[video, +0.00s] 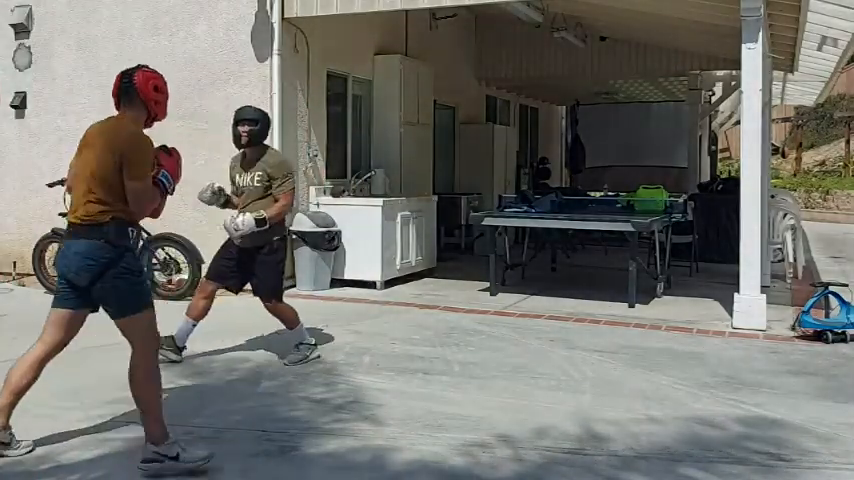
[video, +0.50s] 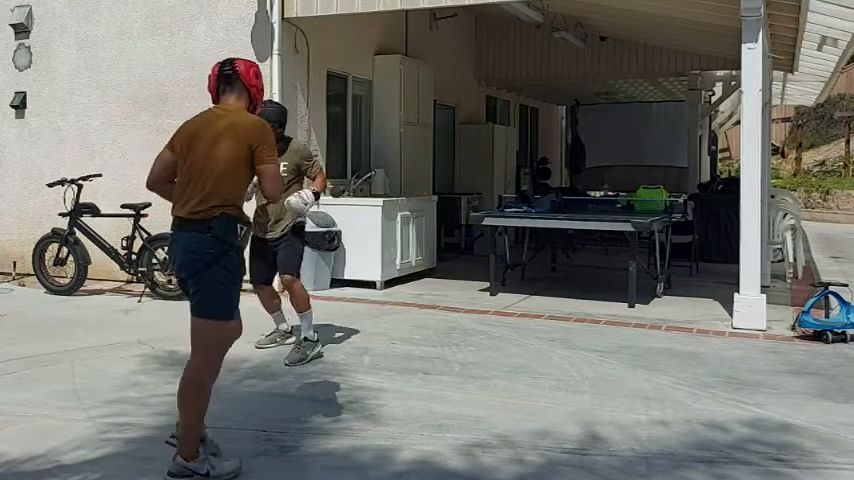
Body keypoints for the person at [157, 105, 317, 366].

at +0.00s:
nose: (243, 130)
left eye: (250, 125)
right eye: (239, 125)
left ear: (262, 130)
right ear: (234, 130)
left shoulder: (276, 162)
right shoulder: (237, 163)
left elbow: (285, 204)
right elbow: (242, 202)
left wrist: (256, 220)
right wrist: (221, 199)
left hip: (270, 241)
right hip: (240, 238)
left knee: (271, 301)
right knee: (207, 286)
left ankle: (306, 341)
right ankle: (177, 343)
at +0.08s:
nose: (251, 125)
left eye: (258, 120)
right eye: (248, 120)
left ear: (270, 125)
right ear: (242, 124)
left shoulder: (284, 157)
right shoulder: (241, 158)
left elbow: (298, 197)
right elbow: (249, 195)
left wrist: (271, 216)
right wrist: (230, 195)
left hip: (276, 236)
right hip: (247, 234)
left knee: (275, 296)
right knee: (216, 280)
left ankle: (306, 341)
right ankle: (192, 340)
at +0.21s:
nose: (261, 130)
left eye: (266, 125)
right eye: (257, 124)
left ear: (276, 123)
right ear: (252, 122)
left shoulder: (293, 149)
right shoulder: (247, 150)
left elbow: (315, 181)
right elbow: (251, 186)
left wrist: (292, 201)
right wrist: (236, 185)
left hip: (282, 231)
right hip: (254, 228)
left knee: (283, 287)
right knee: (229, 277)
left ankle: (307, 342)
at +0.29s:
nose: (267, 126)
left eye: (273, 121)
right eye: (262, 121)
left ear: (282, 123)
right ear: (254, 122)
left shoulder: (295, 148)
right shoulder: (248, 152)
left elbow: (321, 178)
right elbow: (246, 188)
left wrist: (301, 197)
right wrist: (239, 184)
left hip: (284, 230)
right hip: (257, 230)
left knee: (283, 286)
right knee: (249, 283)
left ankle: (307, 341)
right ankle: (278, 323)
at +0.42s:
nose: (267, 130)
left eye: (273, 125)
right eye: (262, 125)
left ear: (281, 127)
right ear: (254, 127)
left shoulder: (295, 153)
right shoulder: (252, 154)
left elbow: (322, 183)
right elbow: (246, 187)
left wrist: (308, 198)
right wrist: (241, 190)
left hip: (286, 234)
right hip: (259, 234)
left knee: (282, 286)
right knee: (259, 286)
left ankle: (306, 340)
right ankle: (282, 329)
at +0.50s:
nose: (264, 130)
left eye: (269, 126)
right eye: (262, 126)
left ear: (279, 128)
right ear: (259, 125)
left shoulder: (298, 150)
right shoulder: (256, 150)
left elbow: (321, 178)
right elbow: (244, 184)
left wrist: (309, 194)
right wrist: (249, 188)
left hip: (289, 227)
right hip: (262, 228)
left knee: (288, 279)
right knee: (260, 284)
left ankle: (309, 337)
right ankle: (282, 328)